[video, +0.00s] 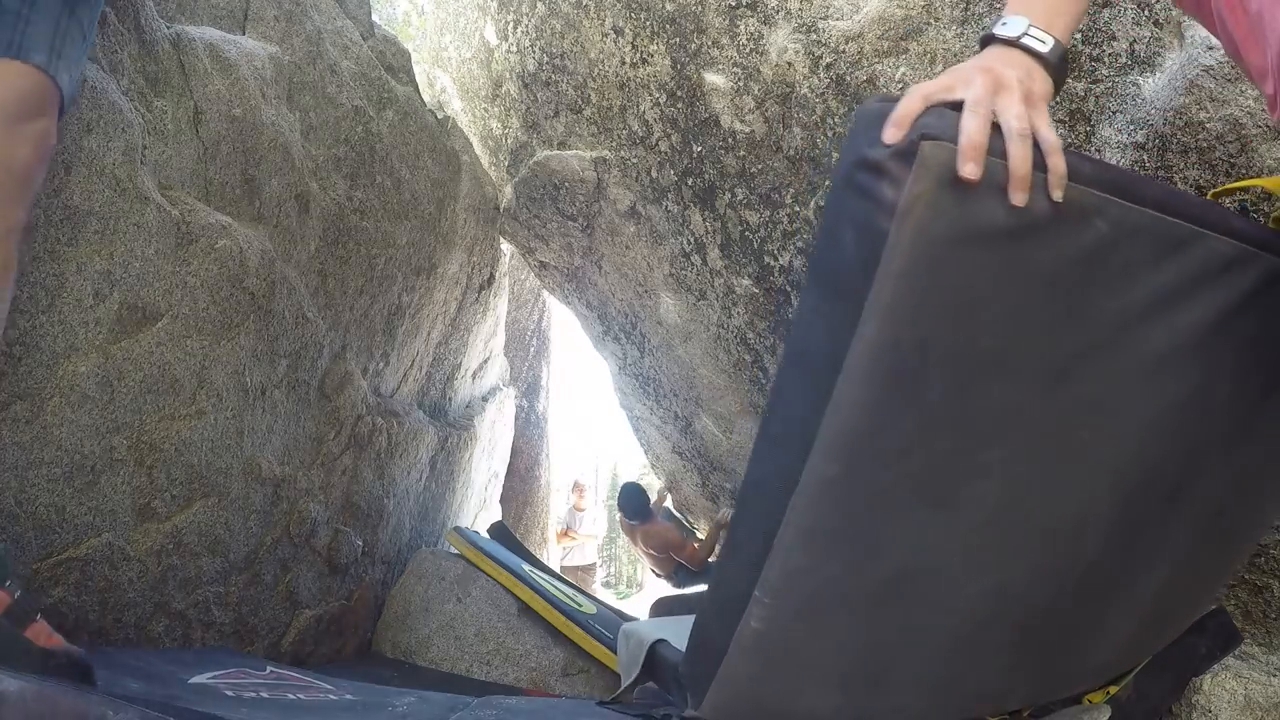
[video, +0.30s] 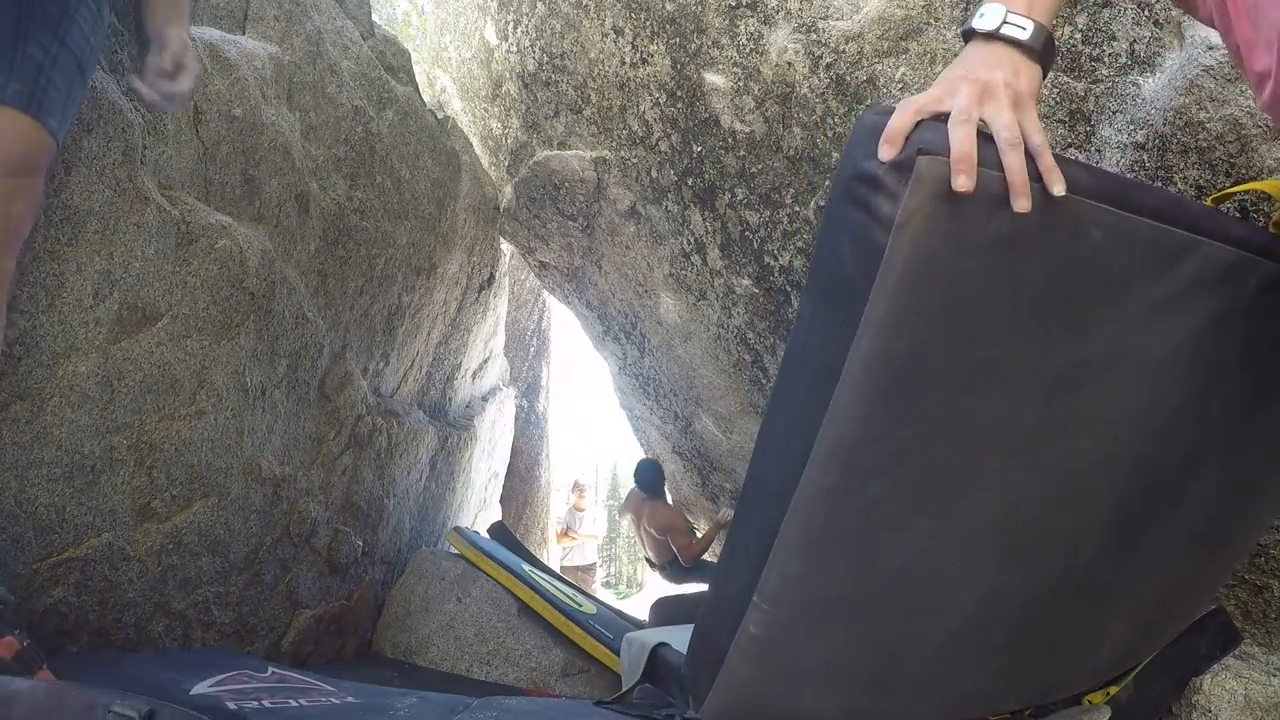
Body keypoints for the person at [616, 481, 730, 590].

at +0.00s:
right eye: (647, 494)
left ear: (624, 511)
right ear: (647, 500)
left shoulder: (624, 521)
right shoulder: (660, 534)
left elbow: (649, 516)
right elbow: (697, 560)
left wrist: (659, 501)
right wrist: (717, 527)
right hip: (679, 572)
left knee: (664, 512)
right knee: (723, 571)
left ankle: (696, 541)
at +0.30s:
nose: (664, 477)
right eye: (662, 475)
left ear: (639, 484)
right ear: (662, 481)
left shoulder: (634, 496)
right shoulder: (670, 519)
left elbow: (622, 514)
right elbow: (689, 558)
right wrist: (716, 527)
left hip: (653, 562)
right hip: (674, 568)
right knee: (724, 575)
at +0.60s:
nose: (664, 466)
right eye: (661, 464)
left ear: (636, 472)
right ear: (662, 473)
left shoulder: (633, 483)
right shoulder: (666, 509)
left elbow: (622, 441)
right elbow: (682, 552)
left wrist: (614, 406)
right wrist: (716, 527)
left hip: (646, 556)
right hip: (667, 560)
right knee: (719, 574)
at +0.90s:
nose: (655, 471)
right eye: (654, 471)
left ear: (631, 485)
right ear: (656, 482)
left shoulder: (630, 496)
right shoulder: (665, 517)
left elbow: (623, 444)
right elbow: (685, 556)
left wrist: (616, 407)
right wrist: (716, 526)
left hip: (647, 562)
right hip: (669, 567)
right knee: (719, 577)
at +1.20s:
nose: (661, 467)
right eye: (659, 467)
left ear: (635, 483)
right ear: (661, 478)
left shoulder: (632, 490)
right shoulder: (668, 509)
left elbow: (622, 445)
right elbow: (684, 550)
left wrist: (616, 407)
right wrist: (715, 526)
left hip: (652, 546)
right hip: (671, 554)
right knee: (720, 568)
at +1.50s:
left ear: (637, 483)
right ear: (665, 473)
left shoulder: (634, 481)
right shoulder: (670, 507)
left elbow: (621, 442)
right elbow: (683, 548)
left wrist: (614, 405)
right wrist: (716, 526)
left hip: (651, 535)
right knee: (727, 564)